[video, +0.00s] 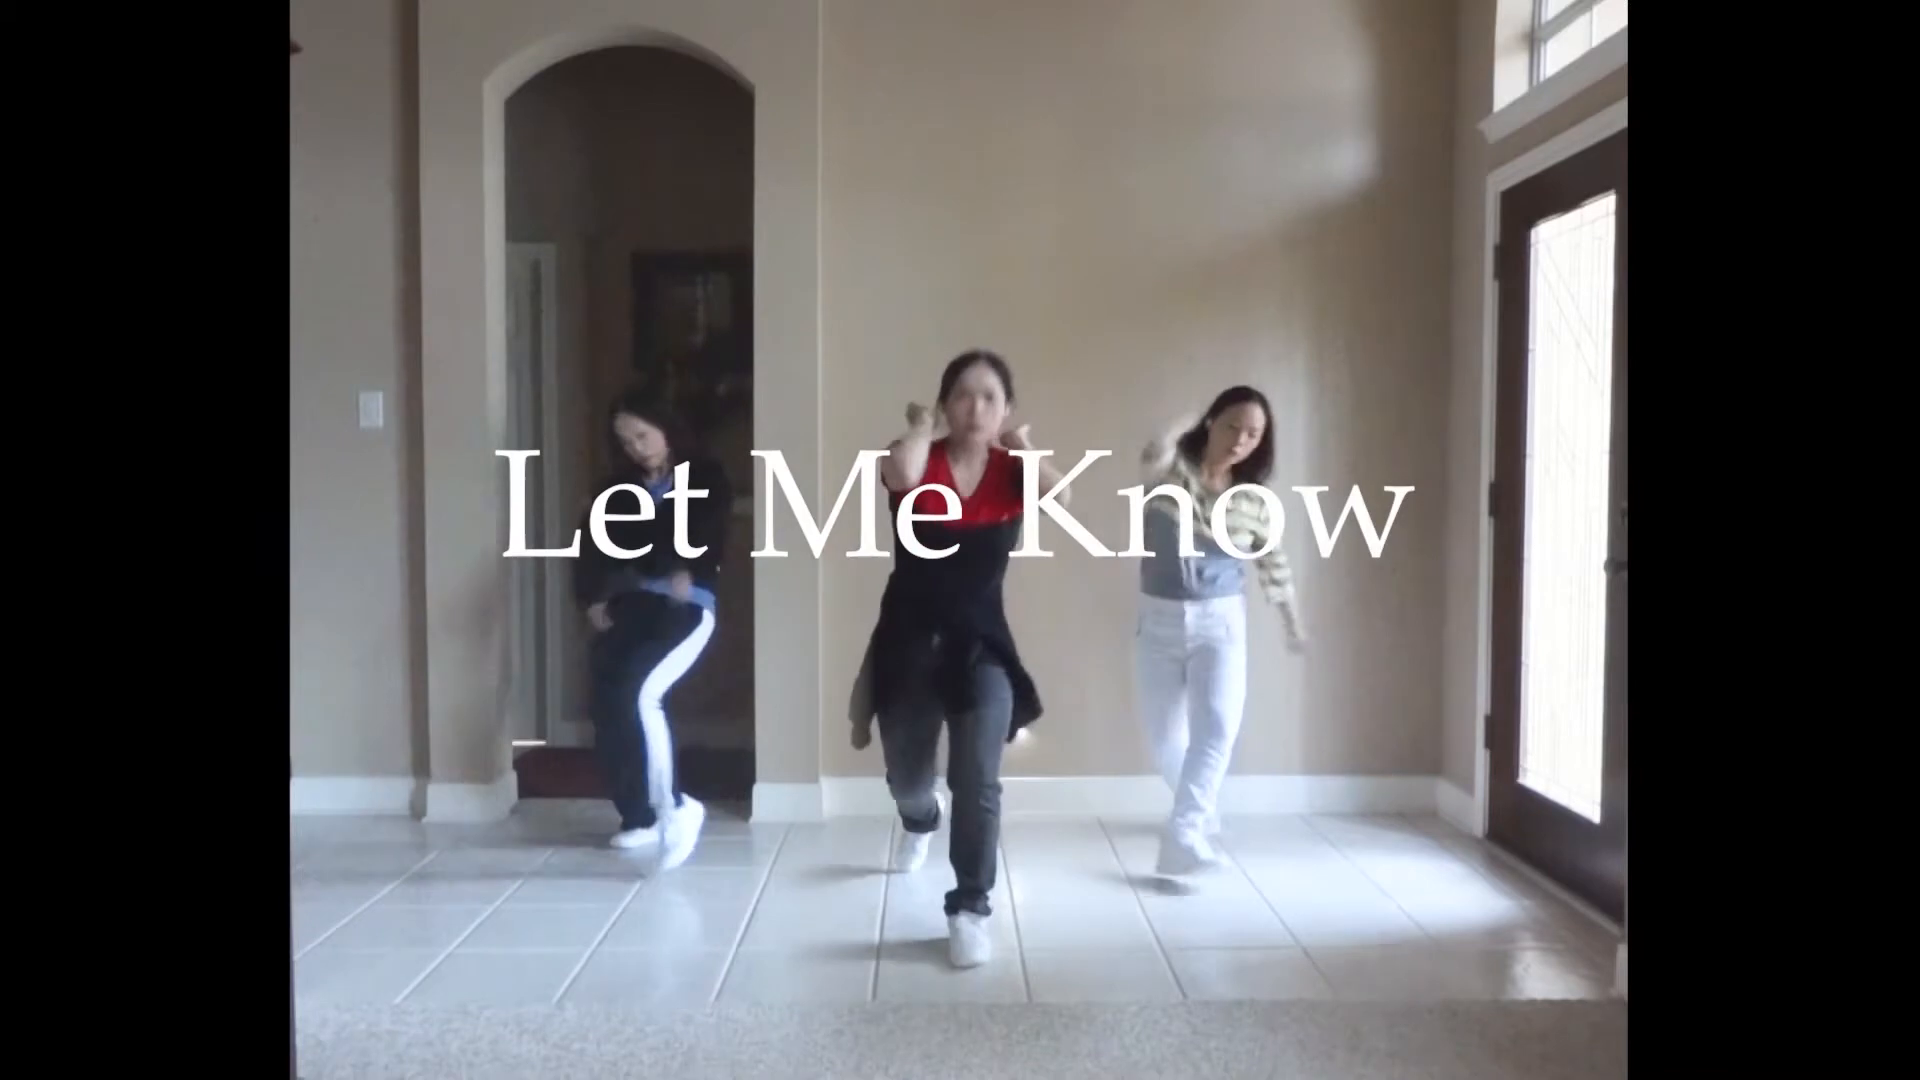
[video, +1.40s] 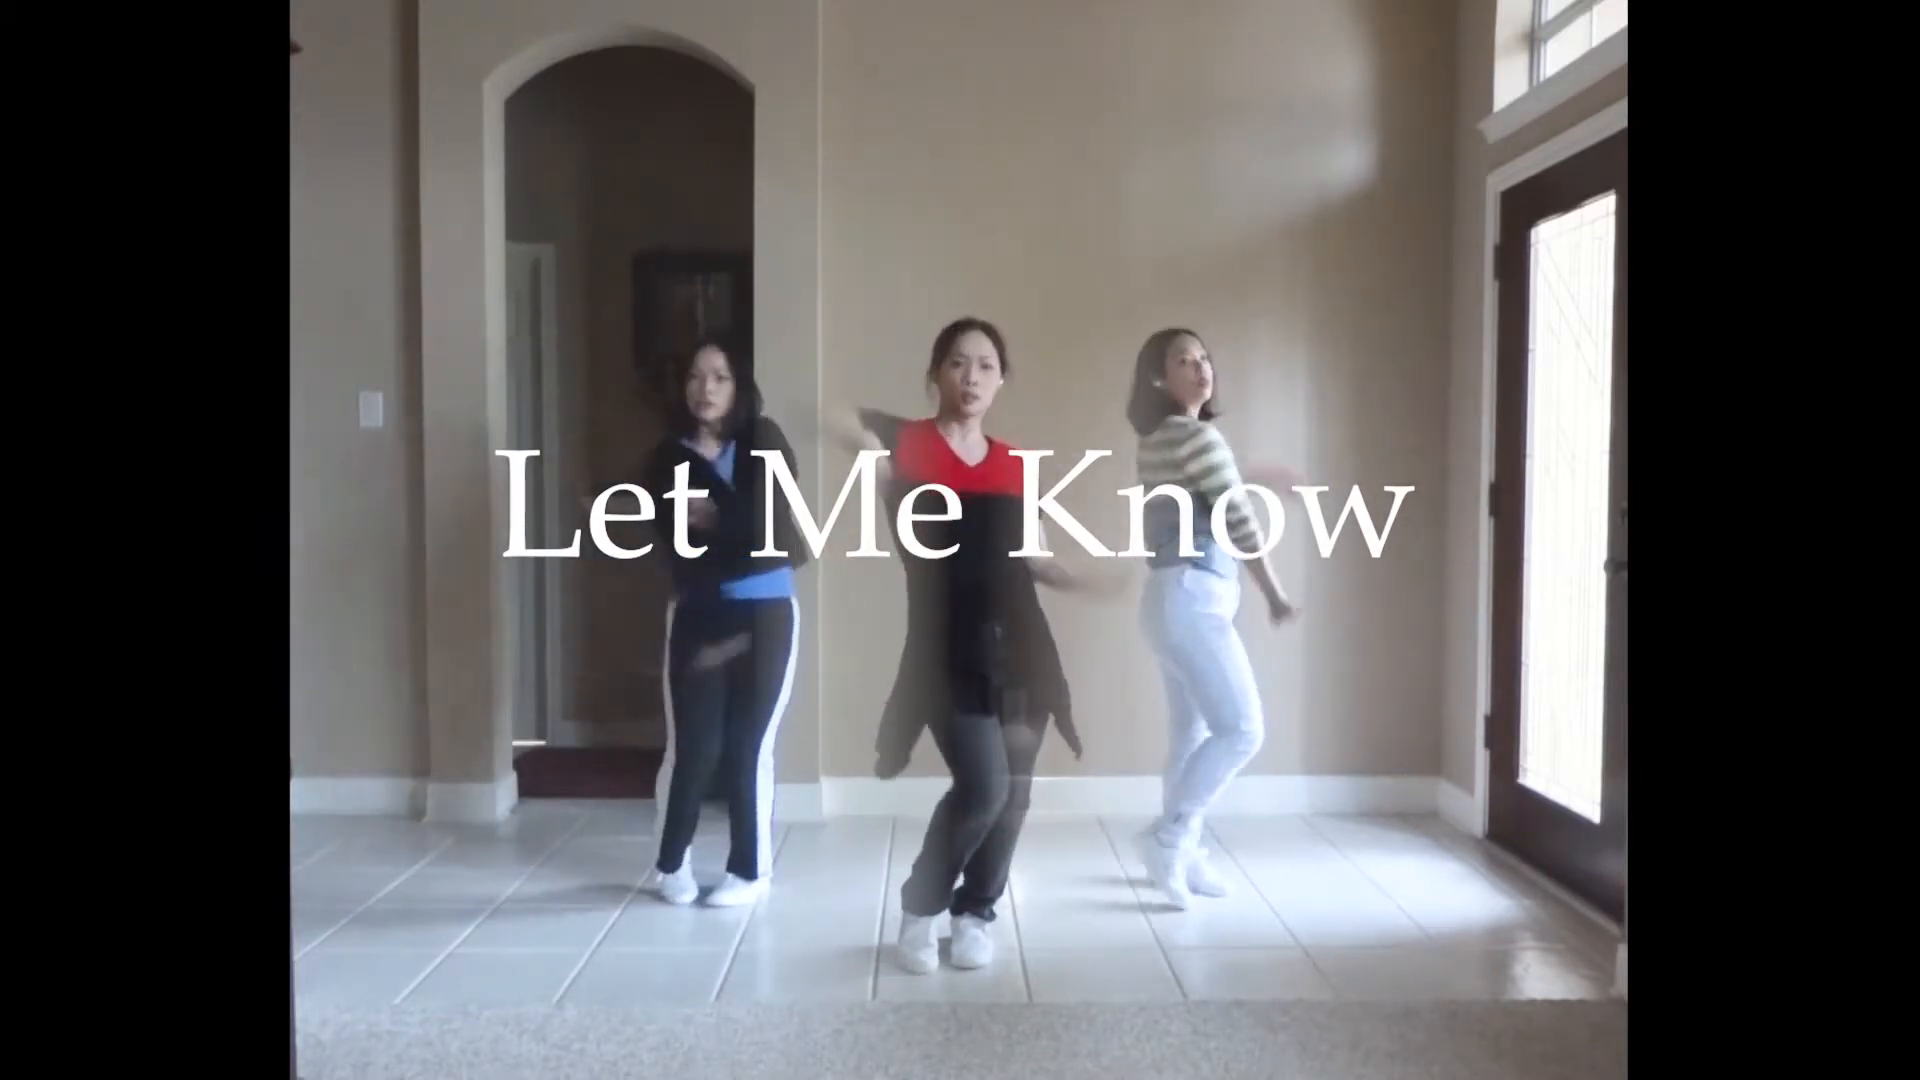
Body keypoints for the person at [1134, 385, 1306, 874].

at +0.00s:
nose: (1241, 439)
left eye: (1252, 434)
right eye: (1234, 427)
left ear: (1259, 443)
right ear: (1211, 423)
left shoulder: (1251, 498)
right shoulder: (1171, 473)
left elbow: (1274, 564)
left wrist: (1291, 621)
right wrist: (1170, 437)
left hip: (1220, 624)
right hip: (1160, 622)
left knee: (1216, 733)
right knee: (1163, 741)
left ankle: (1182, 840)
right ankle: (1202, 812)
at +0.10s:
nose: (1253, 430)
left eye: (1265, 426)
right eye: (1247, 416)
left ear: (1268, 438)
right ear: (1221, 414)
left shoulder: (1250, 490)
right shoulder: (1172, 462)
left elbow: (1252, 552)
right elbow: (1185, 406)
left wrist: (1251, 596)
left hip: (1215, 615)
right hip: (1155, 614)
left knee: (1218, 730)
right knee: (1161, 732)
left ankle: (1185, 847)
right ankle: (1197, 805)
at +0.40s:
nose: (1256, 409)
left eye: (1266, 407)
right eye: (1248, 396)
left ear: (1265, 425)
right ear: (1219, 398)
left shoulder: (1242, 482)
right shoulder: (1178, 455)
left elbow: (1230, 553)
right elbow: (1174, 416)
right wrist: (1190, 369)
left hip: (1232, 618)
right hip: (1173, 614)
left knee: (1242, 745)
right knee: (1155, 747)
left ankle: (1185, 855)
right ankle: (1101, 803)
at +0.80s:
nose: (1227, 388)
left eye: (1234, 384)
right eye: (1215, 377)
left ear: (1237, 406)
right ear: (1181, 392)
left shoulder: (1210, 460)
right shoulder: (1165, 452)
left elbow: (1220, 541)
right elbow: (1212, 493)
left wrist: (1237, 600)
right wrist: (1211, 428)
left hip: (1227, 612)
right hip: (1188, 611)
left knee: (1243, 738)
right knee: (1251, 738)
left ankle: (1191, 850)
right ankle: (1166, 832)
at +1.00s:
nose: (1211, 373)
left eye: (1218, 367)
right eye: (1197, 364)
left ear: (1224, 387)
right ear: (1170, 379)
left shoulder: (1205, 447)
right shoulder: (1170, 444)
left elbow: (1207, 526)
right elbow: (1205, 518)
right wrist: (1243, 462)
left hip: (1222, 599)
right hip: (1192, 602)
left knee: (1204, 737)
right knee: (1267, 725)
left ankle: (1184, 857)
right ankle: (1189, 846)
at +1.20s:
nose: (1204, 365)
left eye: (1208, 358)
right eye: (1189, 358)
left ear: (1215, 375)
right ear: (1161, 377)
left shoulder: (1188, 440)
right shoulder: (1177, 441)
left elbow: (1213, 524)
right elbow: (1220, 520)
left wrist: (1279, 520)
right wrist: (1286, 515)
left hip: (1200, 596)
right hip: (1189, 598)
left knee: (1193, 731)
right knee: (1257, 722)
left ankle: (1179, 857)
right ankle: (1191, 845)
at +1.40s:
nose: (1200, 368)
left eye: (1203, 359)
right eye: (1186, 361)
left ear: (1209, 370)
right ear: (1159, 377)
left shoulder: (1153, 439)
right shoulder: (1201, 437)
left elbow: (1200, 492)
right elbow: (1235, 517)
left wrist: (1259, 478)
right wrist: (1274, 593)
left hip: (1165, 591)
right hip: (1195, 596)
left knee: (1189, 729)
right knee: (1242, 731)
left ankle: (1187, 850)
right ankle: (1168, 839)